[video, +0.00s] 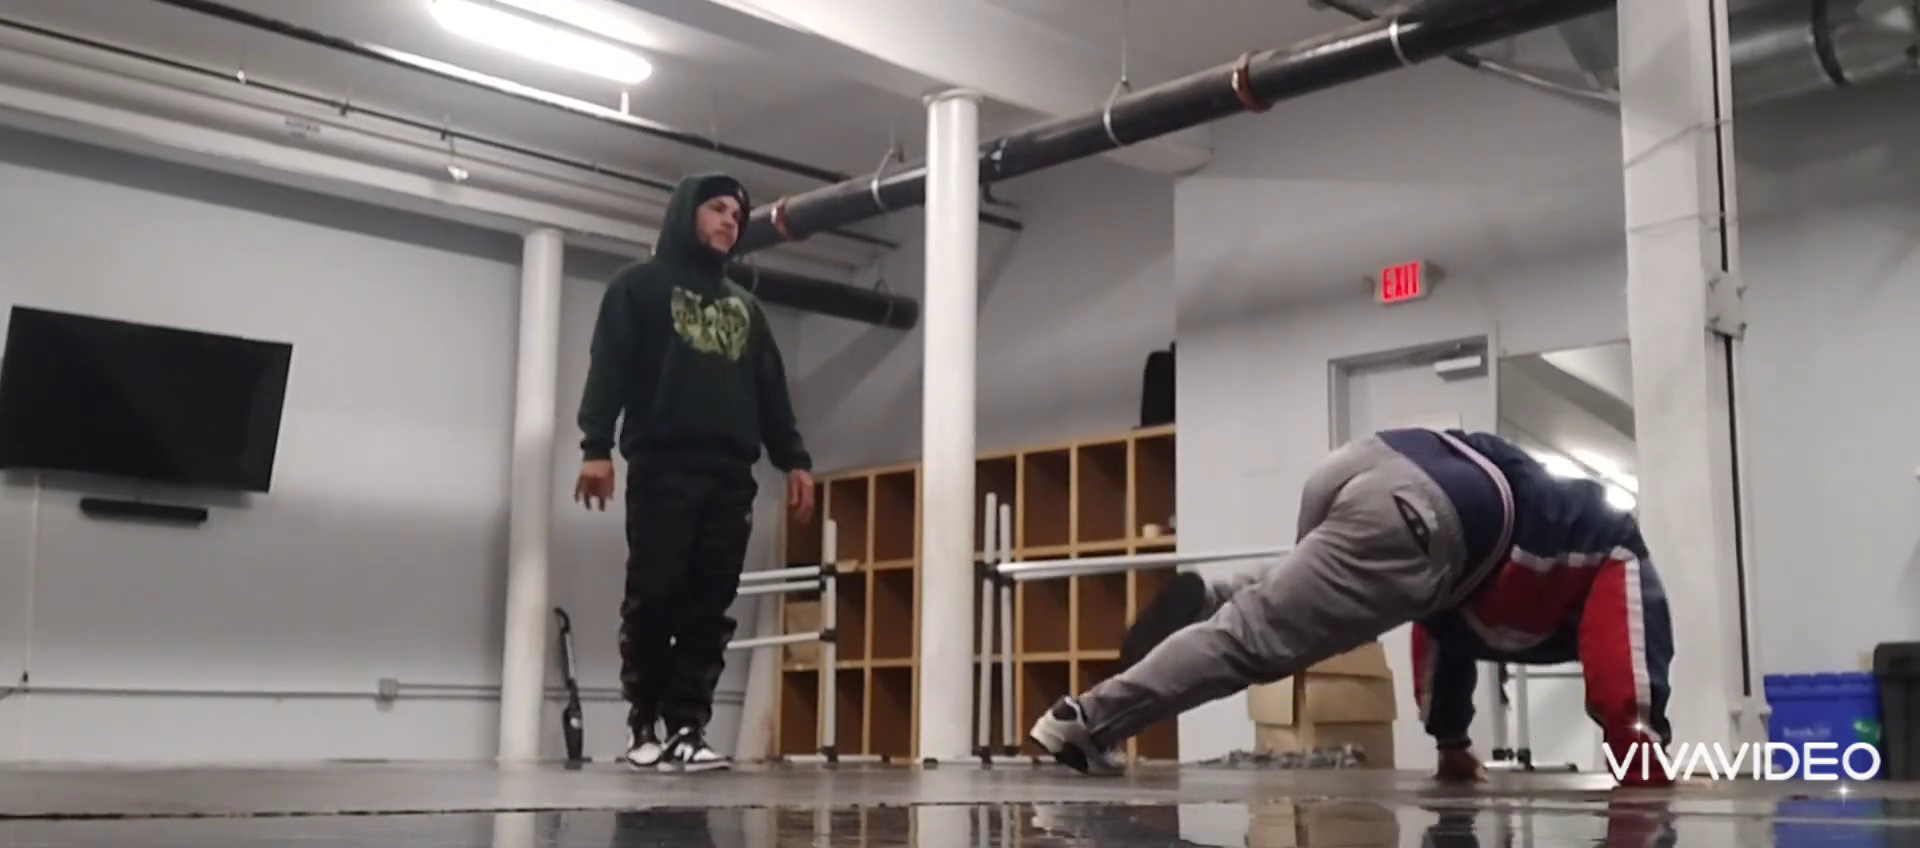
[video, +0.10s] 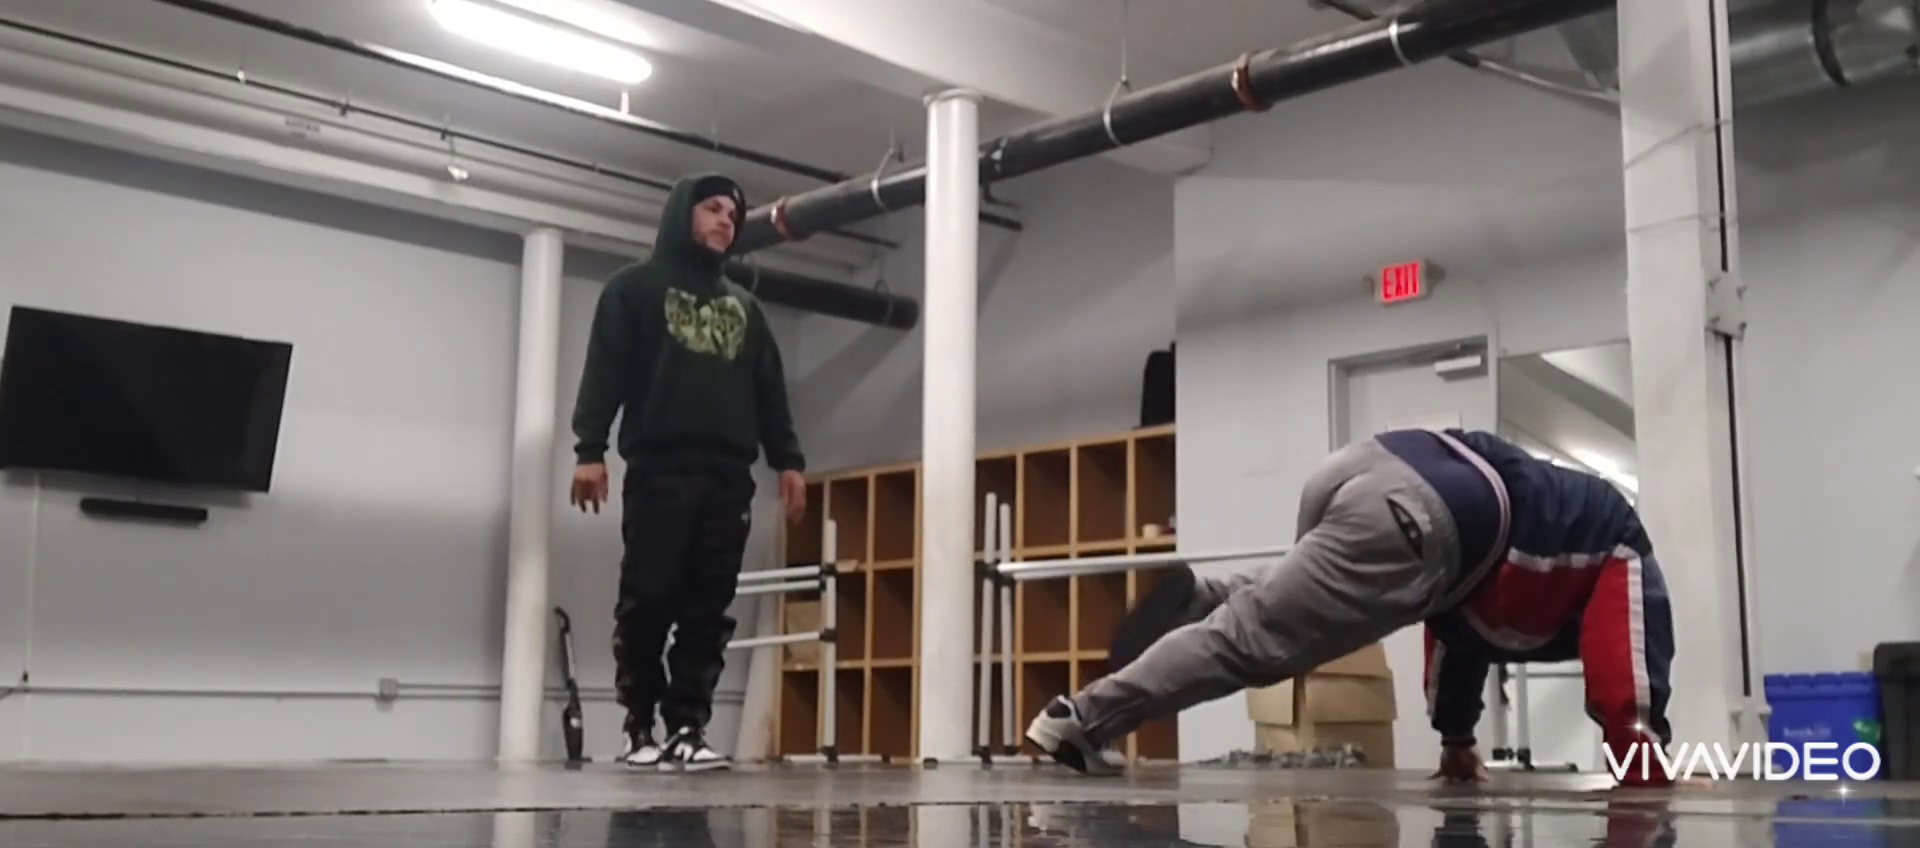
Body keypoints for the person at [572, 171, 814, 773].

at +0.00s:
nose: (729, 223)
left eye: (735, 217)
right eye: (719, 211)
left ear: (738, 230)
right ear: (686, 213)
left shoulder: (742, 304)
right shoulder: (638, 286)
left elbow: (770, 389)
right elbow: (607, 369)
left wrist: (795, 461)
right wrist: (597, 451)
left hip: (729, 473)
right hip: (661, 468)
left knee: (710, 606)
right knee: (653, 596)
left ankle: (689, 732)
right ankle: (645, 728)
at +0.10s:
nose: (725, 223)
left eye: (732, 217)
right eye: (714, 211)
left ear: (735, 230)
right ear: (682, 214)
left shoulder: (743, 305)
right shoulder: (634, 288)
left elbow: (769, 389)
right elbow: (604, 372)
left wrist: (788, 461)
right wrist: (590, 453)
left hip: (728, 473)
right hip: (659, 468)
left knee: (708, 606)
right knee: (648, 598)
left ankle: (688, 732)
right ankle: (641, 730)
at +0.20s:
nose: (719, 223)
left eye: (727, 217)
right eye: (709, 211)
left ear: (732, 230)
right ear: (678, 215)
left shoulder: (742, 305)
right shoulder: (629, 290)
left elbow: (765, 389)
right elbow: (601, 376)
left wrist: (777, 469)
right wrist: (592, 458)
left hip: (724, 473)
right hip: (655, 468)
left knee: (706, 607)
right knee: (646, 600)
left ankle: (687, 733)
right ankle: (639, 733)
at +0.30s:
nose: (714, 224)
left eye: (722, 218)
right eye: (703, 212)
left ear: (727, 231)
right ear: (672, 216)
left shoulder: (739, 305)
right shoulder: (624, 291)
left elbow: (759, 392)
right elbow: (598, 381)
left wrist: (764, 470)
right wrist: (602, 461)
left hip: (720, 472)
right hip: (648, 469)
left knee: (704, 607)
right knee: (644, 603)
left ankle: (687, 732)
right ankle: (642, 732)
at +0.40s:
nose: (709, 225)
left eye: (717, 219)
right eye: (698, 213)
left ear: (722, 232)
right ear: (668, 217)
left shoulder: (735, 307)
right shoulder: (619, 294)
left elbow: (753, 392)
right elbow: (594, 388)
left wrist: (757, 467)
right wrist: (608, 463)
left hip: (714, 477)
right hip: (644, 474)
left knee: (701, 609)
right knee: (642, 606)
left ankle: (686, 732)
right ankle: (643, 732)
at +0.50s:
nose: (705, 229)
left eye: (712, 222)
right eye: (694, 217)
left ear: (717, 234)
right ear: (663, 220)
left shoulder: (730, 309)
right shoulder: (615, 298)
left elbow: (750, 393)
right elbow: (591, 392)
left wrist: (758, 466)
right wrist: (605, 464)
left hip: (711, 479)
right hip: (641, 476)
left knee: (699, 609)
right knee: (637, 607)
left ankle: (686, 731)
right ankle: (644, 733)